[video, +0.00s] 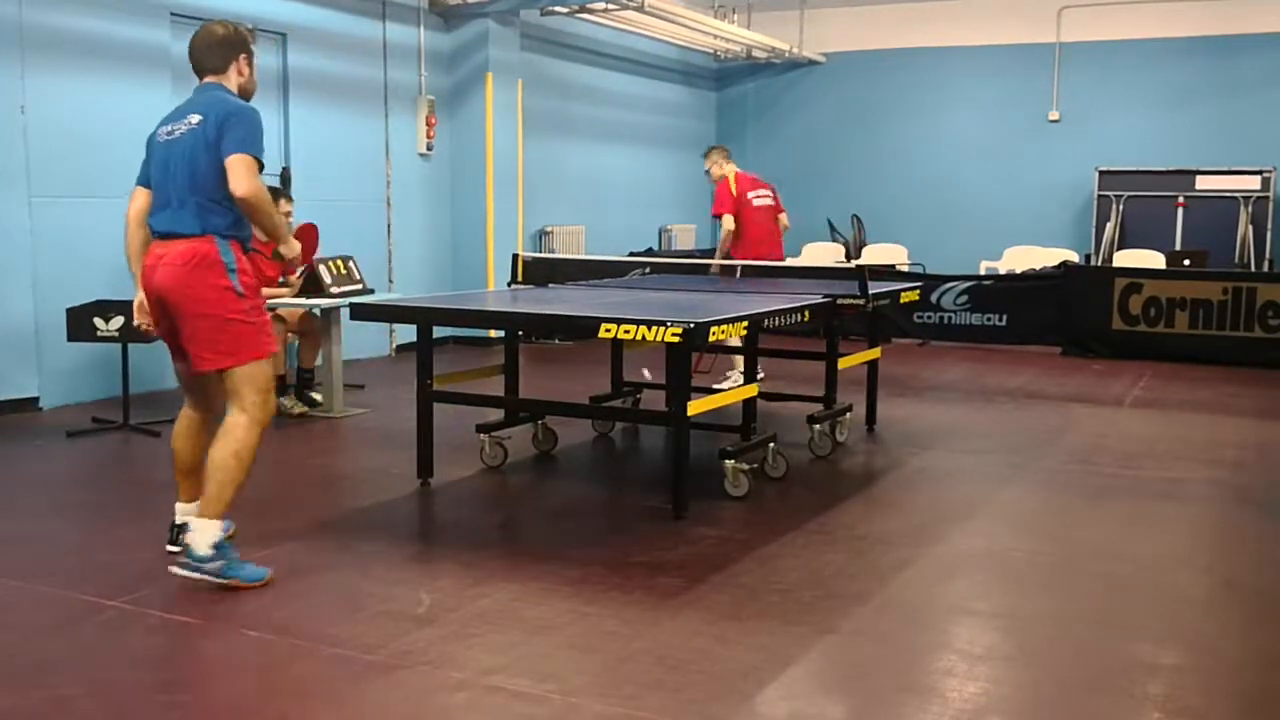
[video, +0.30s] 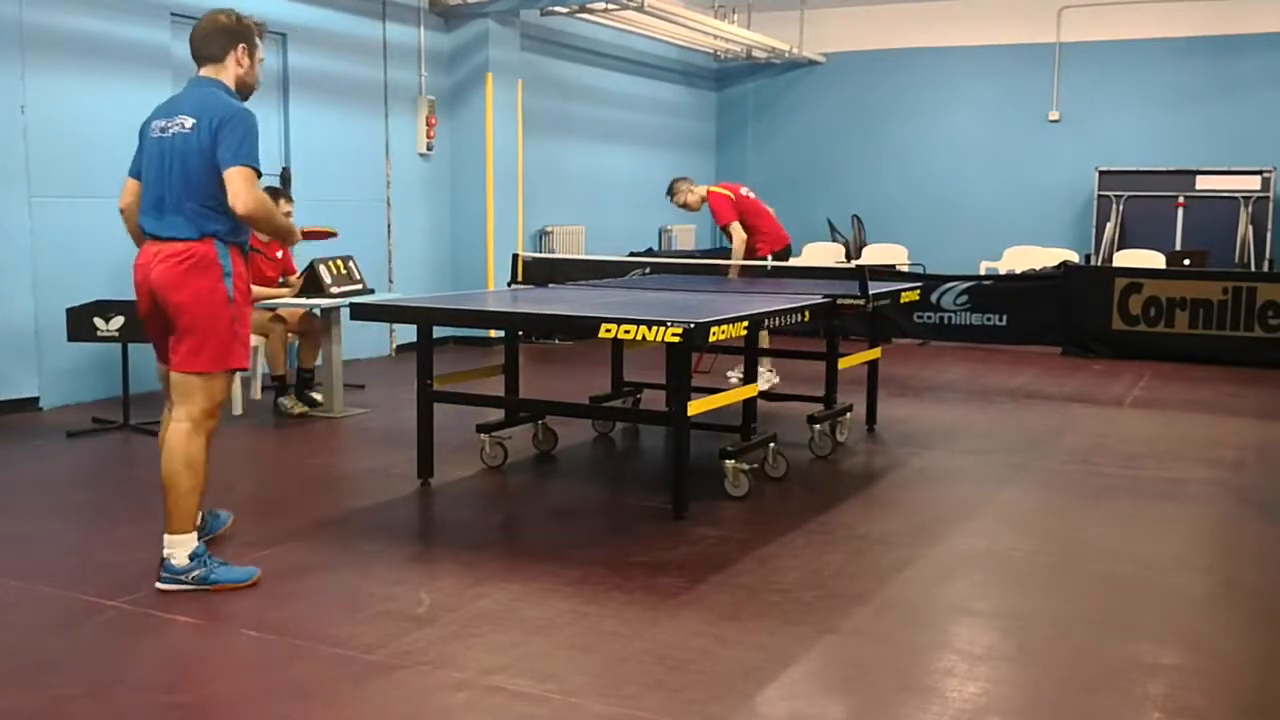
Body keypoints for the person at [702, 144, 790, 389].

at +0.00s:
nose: (709, 176)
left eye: (709, 170)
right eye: (707, 171)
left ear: (722, 164)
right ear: (730, 164)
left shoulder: (725, 185)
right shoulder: (763, 183)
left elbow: (728, 227)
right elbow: (784, 222)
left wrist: (718, 258)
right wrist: (768, 241)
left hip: (744, 262)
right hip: (773, 261)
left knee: (725, 315)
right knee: (748, 315)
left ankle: (740, 369)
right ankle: (753, 366)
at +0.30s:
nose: (688, 209)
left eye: (684, 204)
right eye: (683, 207)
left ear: (691, 190)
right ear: (691, 190)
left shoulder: (716, 198)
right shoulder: (725, 188)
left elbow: (740, 237)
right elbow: (768, 211)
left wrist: (732, 275)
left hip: (769, 251)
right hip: (773, 248)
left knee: (758, 312)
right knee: (751, 310)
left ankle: (765, 369)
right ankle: (752, 365)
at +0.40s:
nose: (687, 222)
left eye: (683, 217)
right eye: (682, 220)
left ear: (688, 203)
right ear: (688, 202)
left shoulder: (714, 207)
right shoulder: (715, 198)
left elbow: (741, 244)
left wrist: (738, 284)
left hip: (775, 252)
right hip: (765, 252)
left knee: (767, 317)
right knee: (754, 313)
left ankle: (770, 371)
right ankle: (752, 364)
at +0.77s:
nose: (693, 264)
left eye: (691, 260)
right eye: (688, 262)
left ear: (692, 245)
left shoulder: (722, 248)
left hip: (768, 254)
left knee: (769, 317)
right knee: (730, 313)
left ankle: (770, 372)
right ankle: (723, 368)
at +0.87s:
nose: (701, 278)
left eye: (705, 274)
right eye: (699, 275)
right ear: (697, 260)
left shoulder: (727, 263)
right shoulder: (694, 246)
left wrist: (740, 359)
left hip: (766, 259)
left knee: (770, 318)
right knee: (724, 314)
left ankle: (771, 373)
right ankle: (723, 367)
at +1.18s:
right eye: (704, 269)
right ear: (698, 250)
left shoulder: (716, 243)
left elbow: (711, 286)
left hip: (769, 254)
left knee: (772, 315)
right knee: (732, 311)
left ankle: (771, 373)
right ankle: (723, 366)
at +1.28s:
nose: (725, 247)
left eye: (729, 240)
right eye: (720, 242)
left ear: (737, 229)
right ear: (713, 236)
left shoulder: (759, 239)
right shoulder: (720, 227)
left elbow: (768, 274)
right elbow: (727, 255)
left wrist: (762, 303)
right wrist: (734, 276)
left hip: (773, 260)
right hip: (743, 260)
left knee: (773, 315)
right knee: (729, 311)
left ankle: (772, 373)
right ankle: (722, 366)